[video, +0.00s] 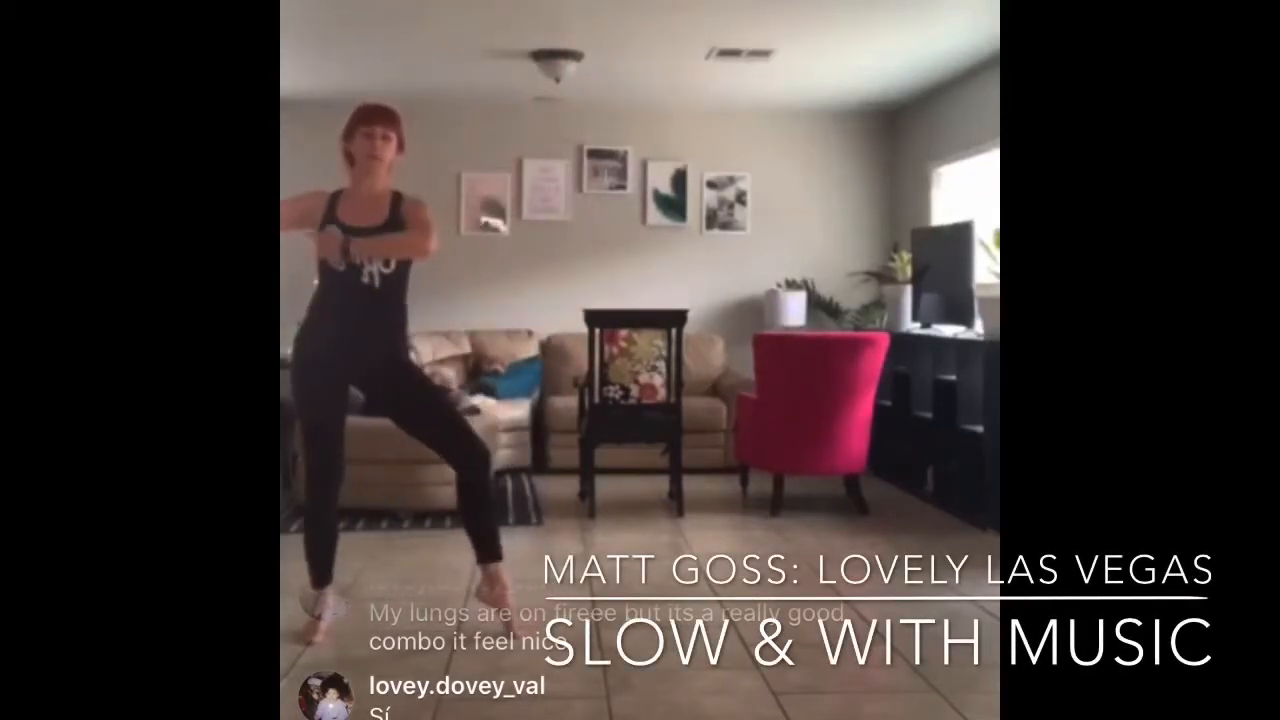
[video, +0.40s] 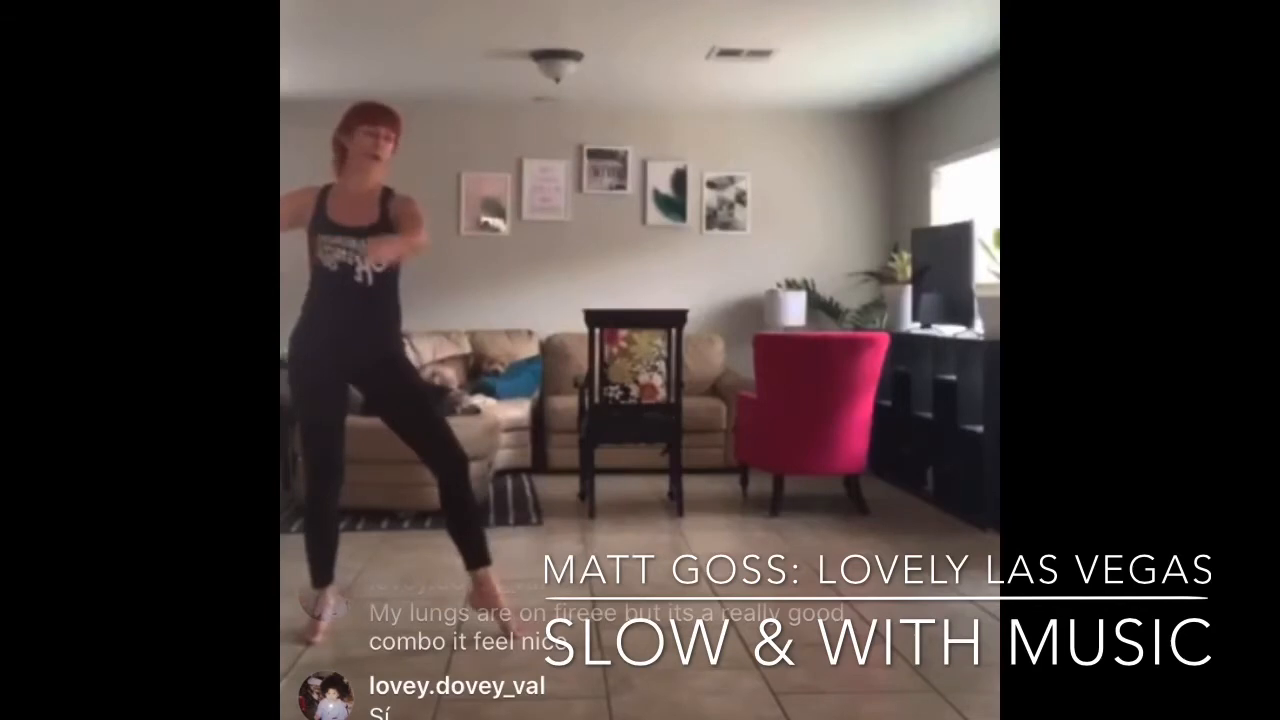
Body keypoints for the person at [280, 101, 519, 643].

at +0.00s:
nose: (375, 144)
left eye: (384, 138)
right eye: (366, 136)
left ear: (398, 151)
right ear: (346, 146)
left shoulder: (410, 209)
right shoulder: (321, 205)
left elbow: (424, 246)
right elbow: (280, 218)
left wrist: (351, 245)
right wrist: (314, 232)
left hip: (383, 359)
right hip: (320, 356)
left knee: (472, 455)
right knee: (323, 473)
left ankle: (492, 579)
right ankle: (321, 594)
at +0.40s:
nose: (380, 143)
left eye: (388, 139)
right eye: (370, 134)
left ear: (395, 151)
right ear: (344, 140)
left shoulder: (399, 206)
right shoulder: (311, 201)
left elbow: (418, 239)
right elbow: (277, 219)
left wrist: (392, 248)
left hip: (378, 353)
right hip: (316, 352)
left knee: (450, 460)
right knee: (323, 473)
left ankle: (483, 583)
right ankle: (323, 592)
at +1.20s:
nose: (465, 135)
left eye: (464, 126)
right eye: (458, 125)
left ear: (422, 130)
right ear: (431, 128)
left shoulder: (401, 188)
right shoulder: (445, 183)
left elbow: (369, 239)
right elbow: (527, 214)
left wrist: (414, 251)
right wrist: (591, 226)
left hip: (408, 335)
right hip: (444, 336)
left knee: (431, 460)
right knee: (473, 459)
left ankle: (424, 585)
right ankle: (496, 578)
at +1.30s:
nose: (470, 135)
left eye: (467, 125)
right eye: (465, 126)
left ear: (417, 136)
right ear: (450, 132)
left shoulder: (392, 192)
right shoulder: (477, 187)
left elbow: (348, 247)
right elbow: (541, 226)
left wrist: (389, 257)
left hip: (409, 337)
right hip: (463, 337)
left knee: (429, 459)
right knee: (475, 461)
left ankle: (425, 581)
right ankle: (490, 571)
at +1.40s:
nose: (463, 135)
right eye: (465, 125)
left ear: (418, 129)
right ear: (465, 128)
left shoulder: (399, 187)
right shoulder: (492, 185)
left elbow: (352, 254)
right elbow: (505, 237)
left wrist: (398, 265)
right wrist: (471, 238)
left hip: (419, 329)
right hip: (476, 329)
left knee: (430, 460)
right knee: (468, 452)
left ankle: (438, 586)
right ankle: (463, 573)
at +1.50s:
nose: (421, 139)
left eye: (423, 130)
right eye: (420, 130)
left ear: (439, 130)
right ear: (466, 129)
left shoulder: (435, 183)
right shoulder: (481, 184)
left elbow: (396, 256)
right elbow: (441, 251)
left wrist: (360, 268)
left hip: (443, 333)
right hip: (478, 330)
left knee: (440, 454)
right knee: (456, 451)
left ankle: (459, 583)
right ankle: (464, 575)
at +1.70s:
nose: (446, 135)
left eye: (457, 128)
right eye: (442, 126)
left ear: (479, 136)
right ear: (434, 132)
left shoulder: (494, 192)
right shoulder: (413, 193)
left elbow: (509, 272)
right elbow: (377, 262)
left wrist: (470, 315)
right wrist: (358, 317)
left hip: (480, 333)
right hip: (425, 333)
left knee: (463, 452)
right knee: (437, 453)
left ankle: (478, 576)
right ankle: (450, 568)